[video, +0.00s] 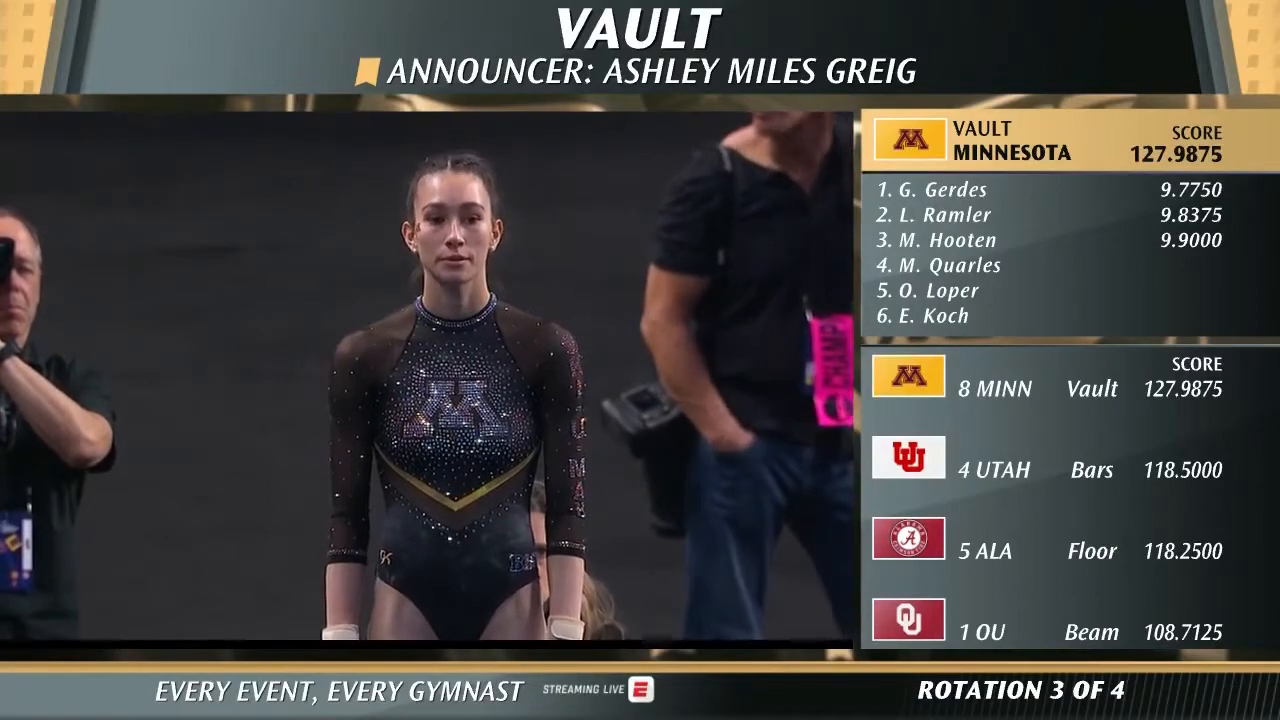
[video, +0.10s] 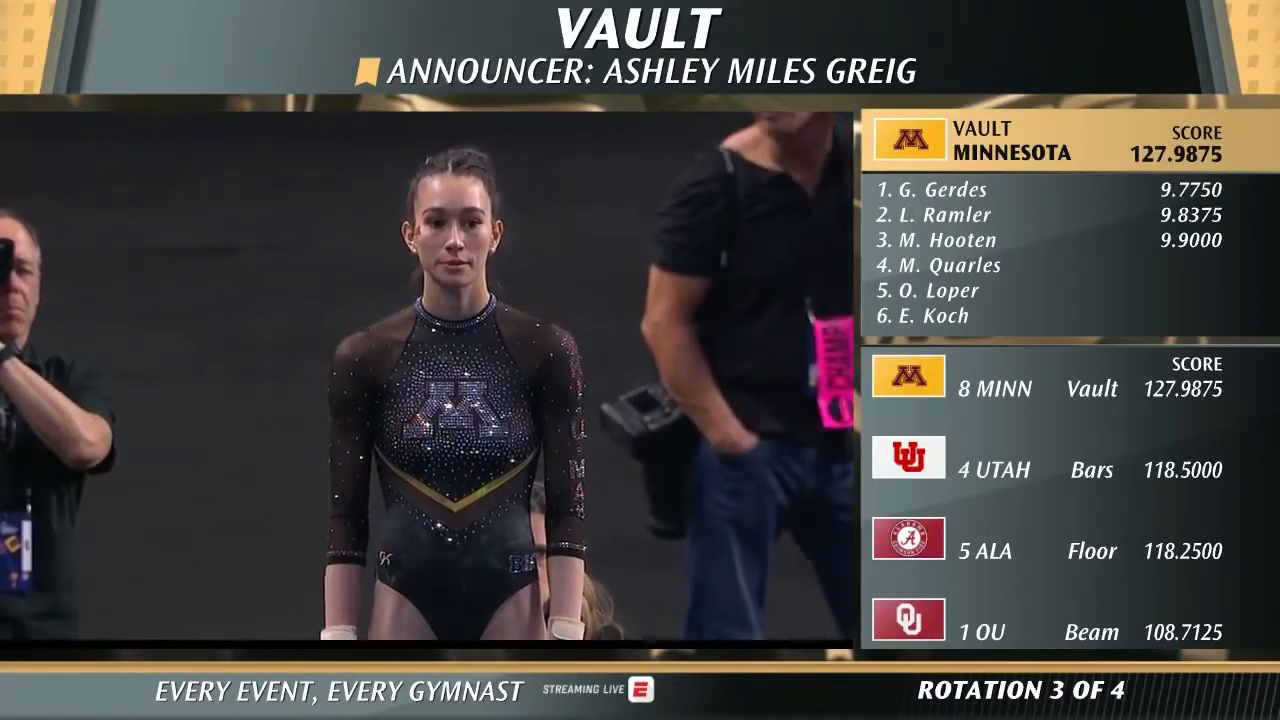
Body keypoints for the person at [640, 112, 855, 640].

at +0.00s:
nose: (764, 98)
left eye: (783, 81)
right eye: (755, 82)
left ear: (826, 90)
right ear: (744, 89)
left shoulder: (860, 170)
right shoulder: (713, 179)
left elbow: (899, 296)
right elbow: (662, 320)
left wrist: (874, 420)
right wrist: (728, 438)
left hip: (849, 448)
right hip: (744, 448)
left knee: (883, 638)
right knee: (725, 639)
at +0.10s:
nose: (775, 98)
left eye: (791, 81)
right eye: (763, 81)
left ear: (831, 90)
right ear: (749, 91)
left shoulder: (860, 172)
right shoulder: (715, 181)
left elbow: (898, 296)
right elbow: (664, 322)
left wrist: (875, 422)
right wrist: (731, 439)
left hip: (849, 449)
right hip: (746, 450)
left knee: (884, 638)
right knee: (726, 638)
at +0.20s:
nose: (801, 98)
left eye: (816, 84)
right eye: (790, 82)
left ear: (842, 92)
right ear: (767, 92)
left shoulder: (855, 170)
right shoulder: (718, 179)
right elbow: (667, 320)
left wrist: (871, 421)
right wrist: (737, 438)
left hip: (844, 445)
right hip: (748, 446)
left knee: (882, 636)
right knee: (728, 637)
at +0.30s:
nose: (798, 100)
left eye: (813, 86)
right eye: (788, 85)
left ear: (840, 95)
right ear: (770, 95)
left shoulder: (854, 170)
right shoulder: (721, 181)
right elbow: (670, 323)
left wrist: (870, 424)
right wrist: (742, 441)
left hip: (843, 448)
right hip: (749, 450)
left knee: (877, 639)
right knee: (729, 639)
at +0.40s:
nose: (814, 114)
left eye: (827, 100)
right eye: (799, 98)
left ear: (845, 106)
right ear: (773, 100)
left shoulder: (849, 171)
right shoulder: (720, 180)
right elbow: (674, 323)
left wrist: (866, 421)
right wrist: (747, 439)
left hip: (836, 444)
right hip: (745, 449)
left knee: (870, 637)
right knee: (733, 637)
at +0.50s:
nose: (822, 110)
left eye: (831, 98)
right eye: (810, 95)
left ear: (842, 105)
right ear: (781, 99)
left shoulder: (844, 171)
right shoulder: (722, 180)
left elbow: (854, 300)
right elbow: (679, 326)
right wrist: (755, 439)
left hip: (829, 443)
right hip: (745, 450)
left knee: (877, 633)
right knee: (735, 639)